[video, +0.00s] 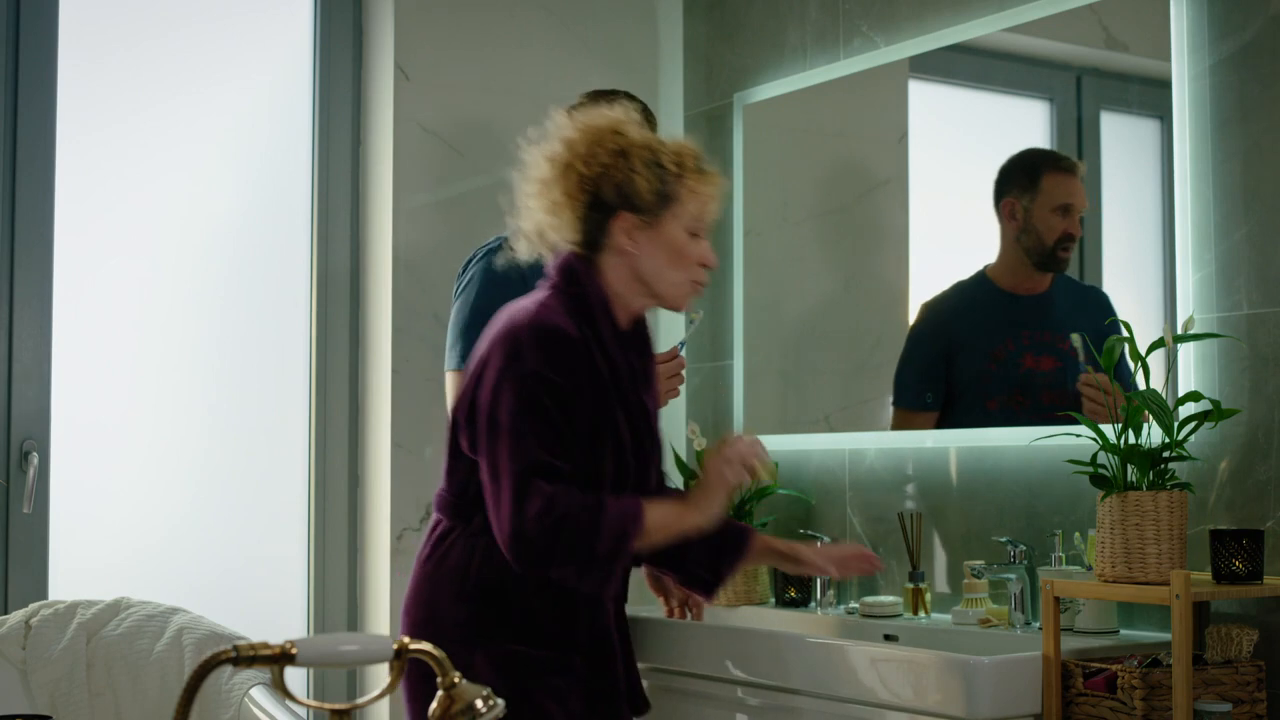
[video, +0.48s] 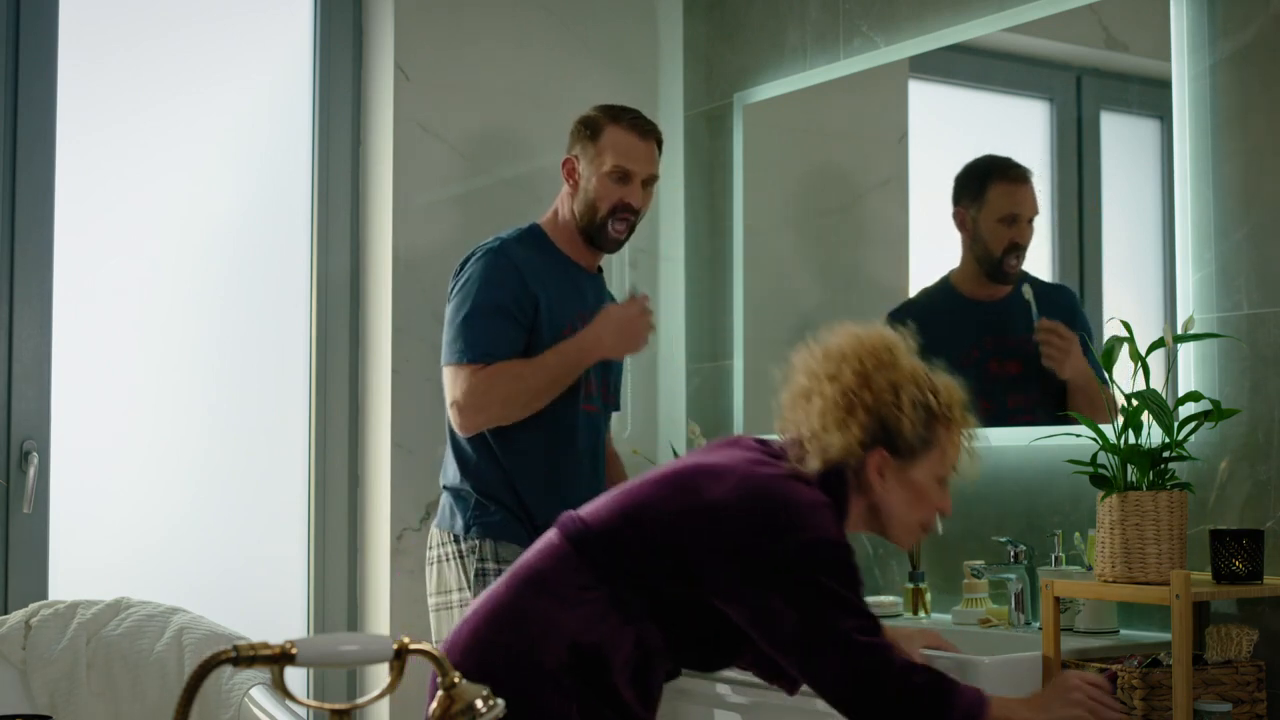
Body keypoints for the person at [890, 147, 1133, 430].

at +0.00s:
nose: (1075, 231)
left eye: (1079, 217)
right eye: (1062, 213)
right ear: (1012, 213)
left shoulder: (1091, 308)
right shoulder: (944, 318)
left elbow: (1138, 422)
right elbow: (906, 452)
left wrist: (1123, 415)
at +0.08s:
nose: (1064, 232)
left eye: (1067, 216)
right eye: (1050, 214)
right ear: (999, 215)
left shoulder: (1084, 307)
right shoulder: (933, 321)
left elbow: (1130, 414)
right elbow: (903, 448)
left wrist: (1113, 411)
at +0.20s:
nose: (1047, 234)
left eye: (1051, 218)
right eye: (1031, 216)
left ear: (1055, 216)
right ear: (983, 218)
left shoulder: (1074, 307)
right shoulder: (922, 323)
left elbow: (1121, 413)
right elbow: (895, 446)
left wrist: (1097, 407)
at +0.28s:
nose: (1036, 235)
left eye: (1040, 220)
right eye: (1021, 219)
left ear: (1046, 219)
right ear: (974, 219)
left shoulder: (1068, 307)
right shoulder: (918, 324)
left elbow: (1114, 415)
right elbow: (892, 442)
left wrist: (1085, 402)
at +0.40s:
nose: (1026, 238)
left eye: (1032, 222)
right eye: (1011, 222)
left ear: (1037, 221)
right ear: (964, 221)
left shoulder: (1060, 307)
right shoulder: (911, 325)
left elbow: (1109, 415)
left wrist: (1077, 390)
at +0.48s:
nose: (1024, 238)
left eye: (1030, 222)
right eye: (1009, 222)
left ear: (1036, 221)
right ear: (963, 222)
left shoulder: (1058, 305)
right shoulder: (911, 323)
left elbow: (1103, 422)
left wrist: (1080, 374)